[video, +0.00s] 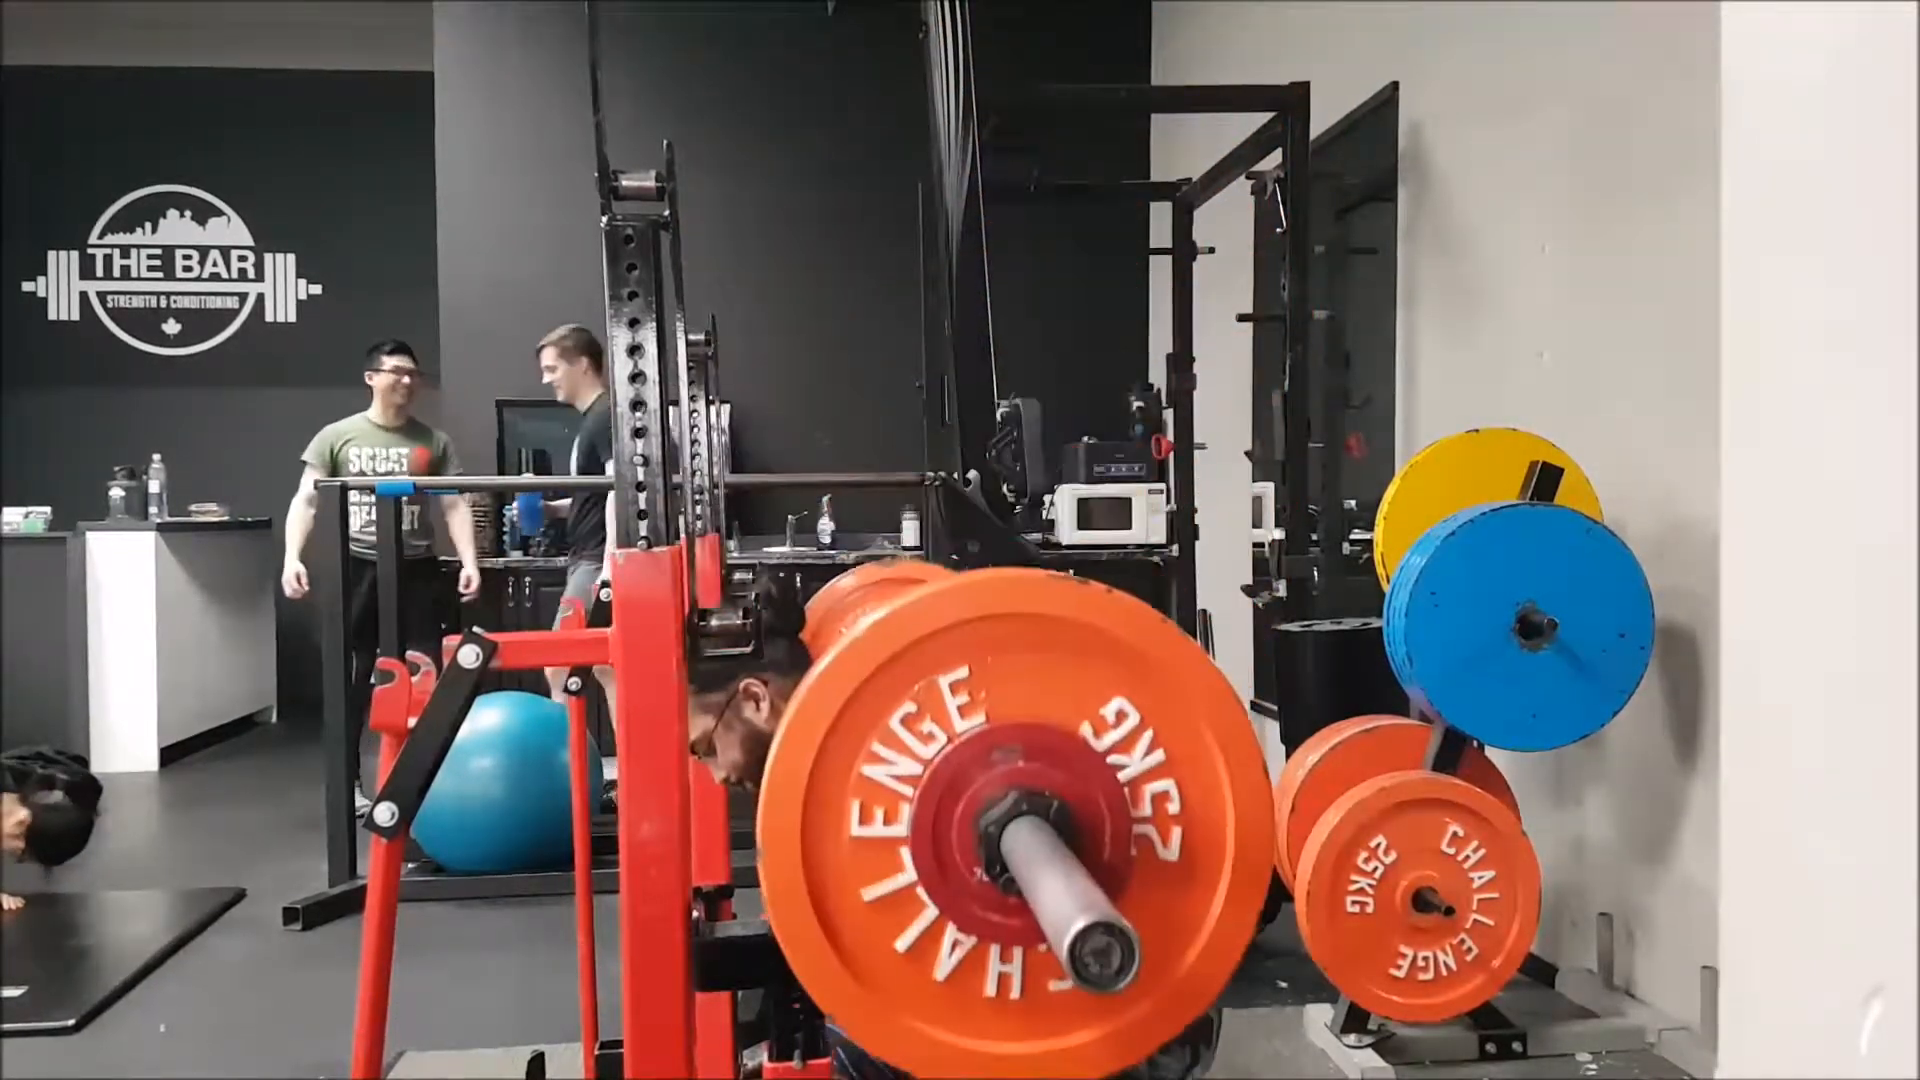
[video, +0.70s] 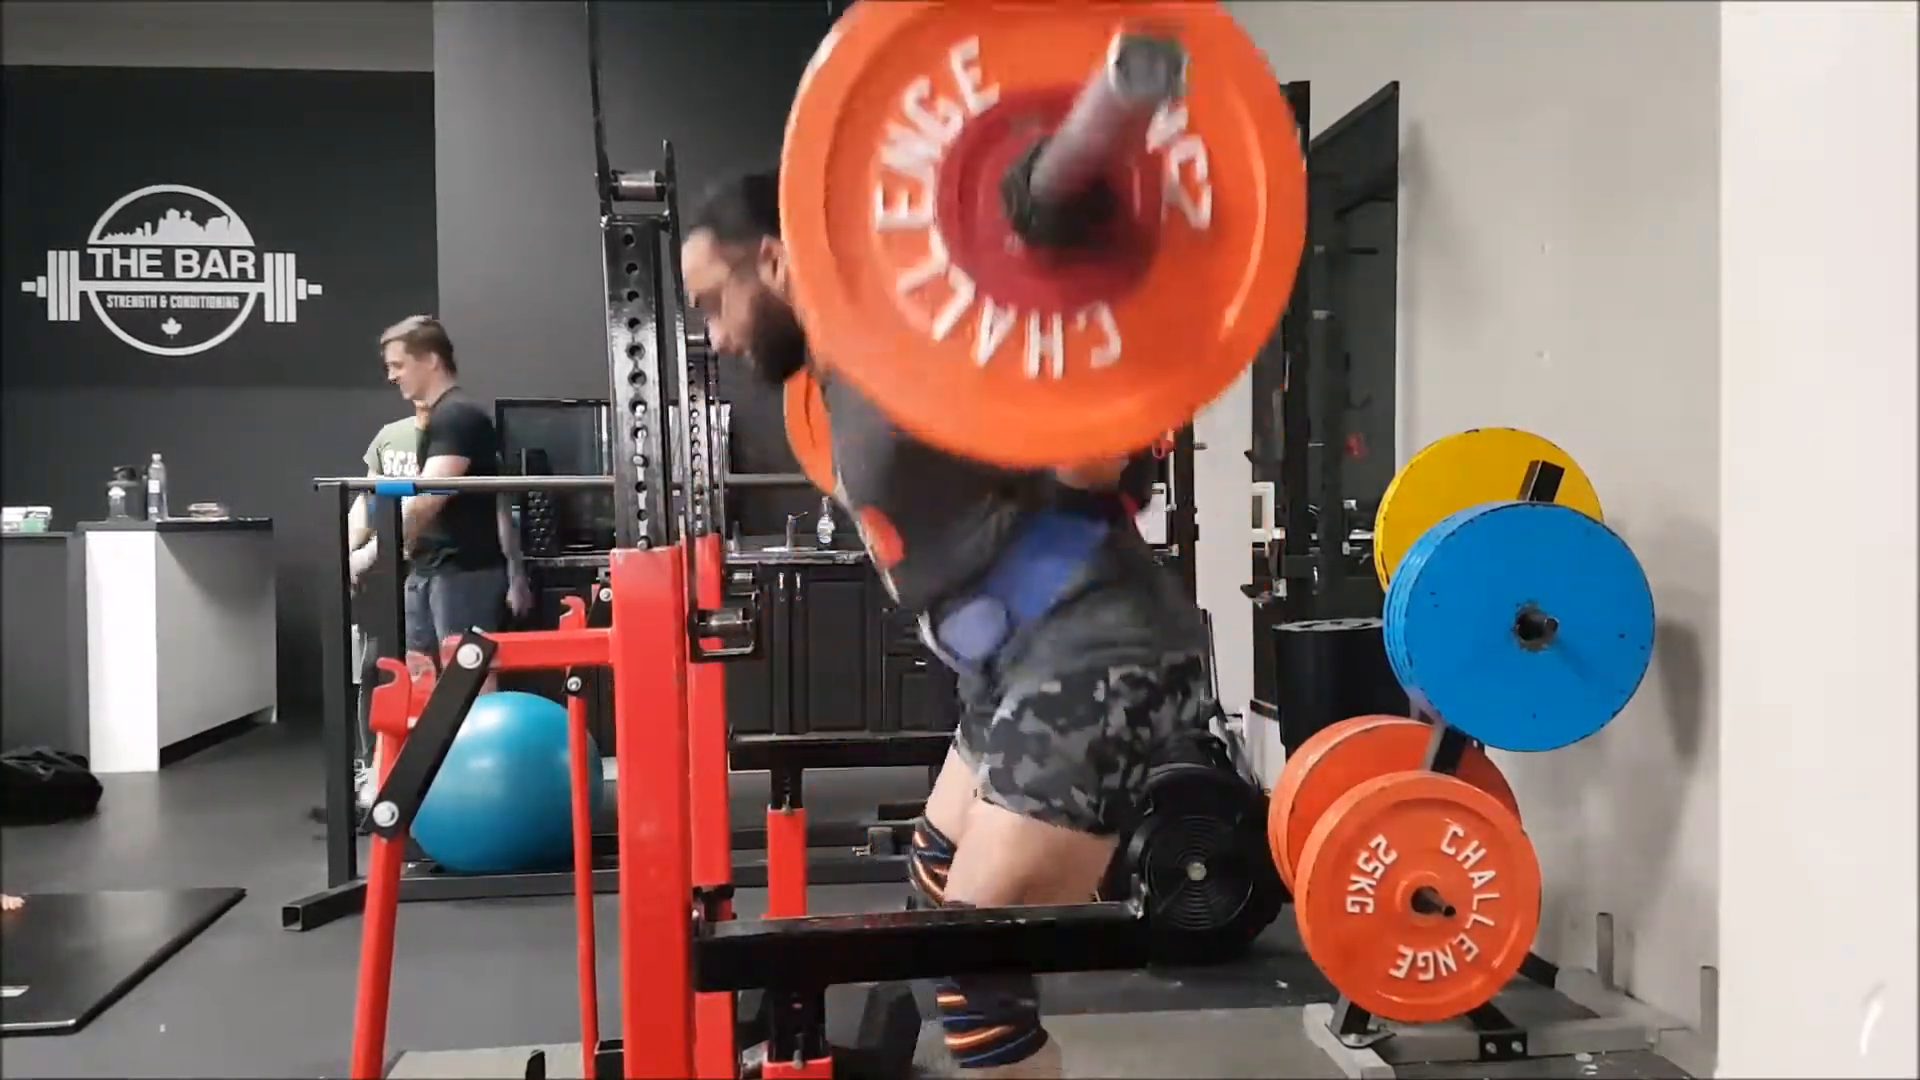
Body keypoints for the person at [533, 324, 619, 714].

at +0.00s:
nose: (546, 380)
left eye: (552, 369)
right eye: (544, 371)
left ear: (583, 365)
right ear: (580, 366)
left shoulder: (607, 418)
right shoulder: (590, 419)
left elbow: (619, 495)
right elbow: (591, 498)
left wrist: (613, 561)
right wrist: (547, 509)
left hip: (597, 559)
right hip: (584, 557)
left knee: (558, 661)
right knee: (607, 667)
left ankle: (571, 766)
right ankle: (633, 757)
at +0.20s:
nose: (501, 379)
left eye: (507, 369)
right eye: (499, 371)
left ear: (539, 366)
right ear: (535, 369)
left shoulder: (567, 417)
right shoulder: (547, 422)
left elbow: (584, 493)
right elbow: (550, 505)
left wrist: (564, 573)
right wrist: (510, 510)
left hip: (552, 569)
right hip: (546, 566)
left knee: (530, 677)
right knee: (586, 676)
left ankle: (527, 784)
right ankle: (623, 769)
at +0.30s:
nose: (478, 376)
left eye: (484, 365)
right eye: (476, 367)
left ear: (517, 363)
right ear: (510, 367)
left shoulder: (541, 416)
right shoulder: (522, 417)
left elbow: (549, 497)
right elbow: (522, 500)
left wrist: (530, 574)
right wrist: (475, 504)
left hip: (526, 570)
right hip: (517, 568)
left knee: (518, 685)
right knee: (548, 687)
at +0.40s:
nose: (457, 373)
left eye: (464, 363)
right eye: (455, 365)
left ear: (497, 361)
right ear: (492, 364)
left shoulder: (517, 415)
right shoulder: (505, 417)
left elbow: (510, 498)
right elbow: (483, 508)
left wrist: (486, 577)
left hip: (521, 576)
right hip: (511, 574)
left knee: (499, 694)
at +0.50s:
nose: (440, 372)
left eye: (447, 362)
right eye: (439, 364)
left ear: (477, 360)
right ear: (473, 362)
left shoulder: (500, 414)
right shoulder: (487, 413)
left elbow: (479, 499)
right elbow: (479, 497)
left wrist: (443, 573)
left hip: (501, 570)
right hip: (481, 568)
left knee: (497, 687)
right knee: (432, 665)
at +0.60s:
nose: (415, 373)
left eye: (423, 362)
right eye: (413, 364)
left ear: (456, 360)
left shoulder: (480, 413)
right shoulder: (462, 415)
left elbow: (450, 498)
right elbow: (442, 497)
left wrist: (407, 556)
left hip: (485, 566)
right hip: (450, 564)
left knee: (485, 678)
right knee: (415, 652)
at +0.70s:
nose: (392, 376)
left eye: (398, 365)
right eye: (390, 368)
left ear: (432, 362)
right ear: (429, 363)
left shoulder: (457, 416)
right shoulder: (433, 421)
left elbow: (429, 501)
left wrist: (382, 545)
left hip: (464, 573)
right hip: (426, 573)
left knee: (471, 692)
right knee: (422, 688)